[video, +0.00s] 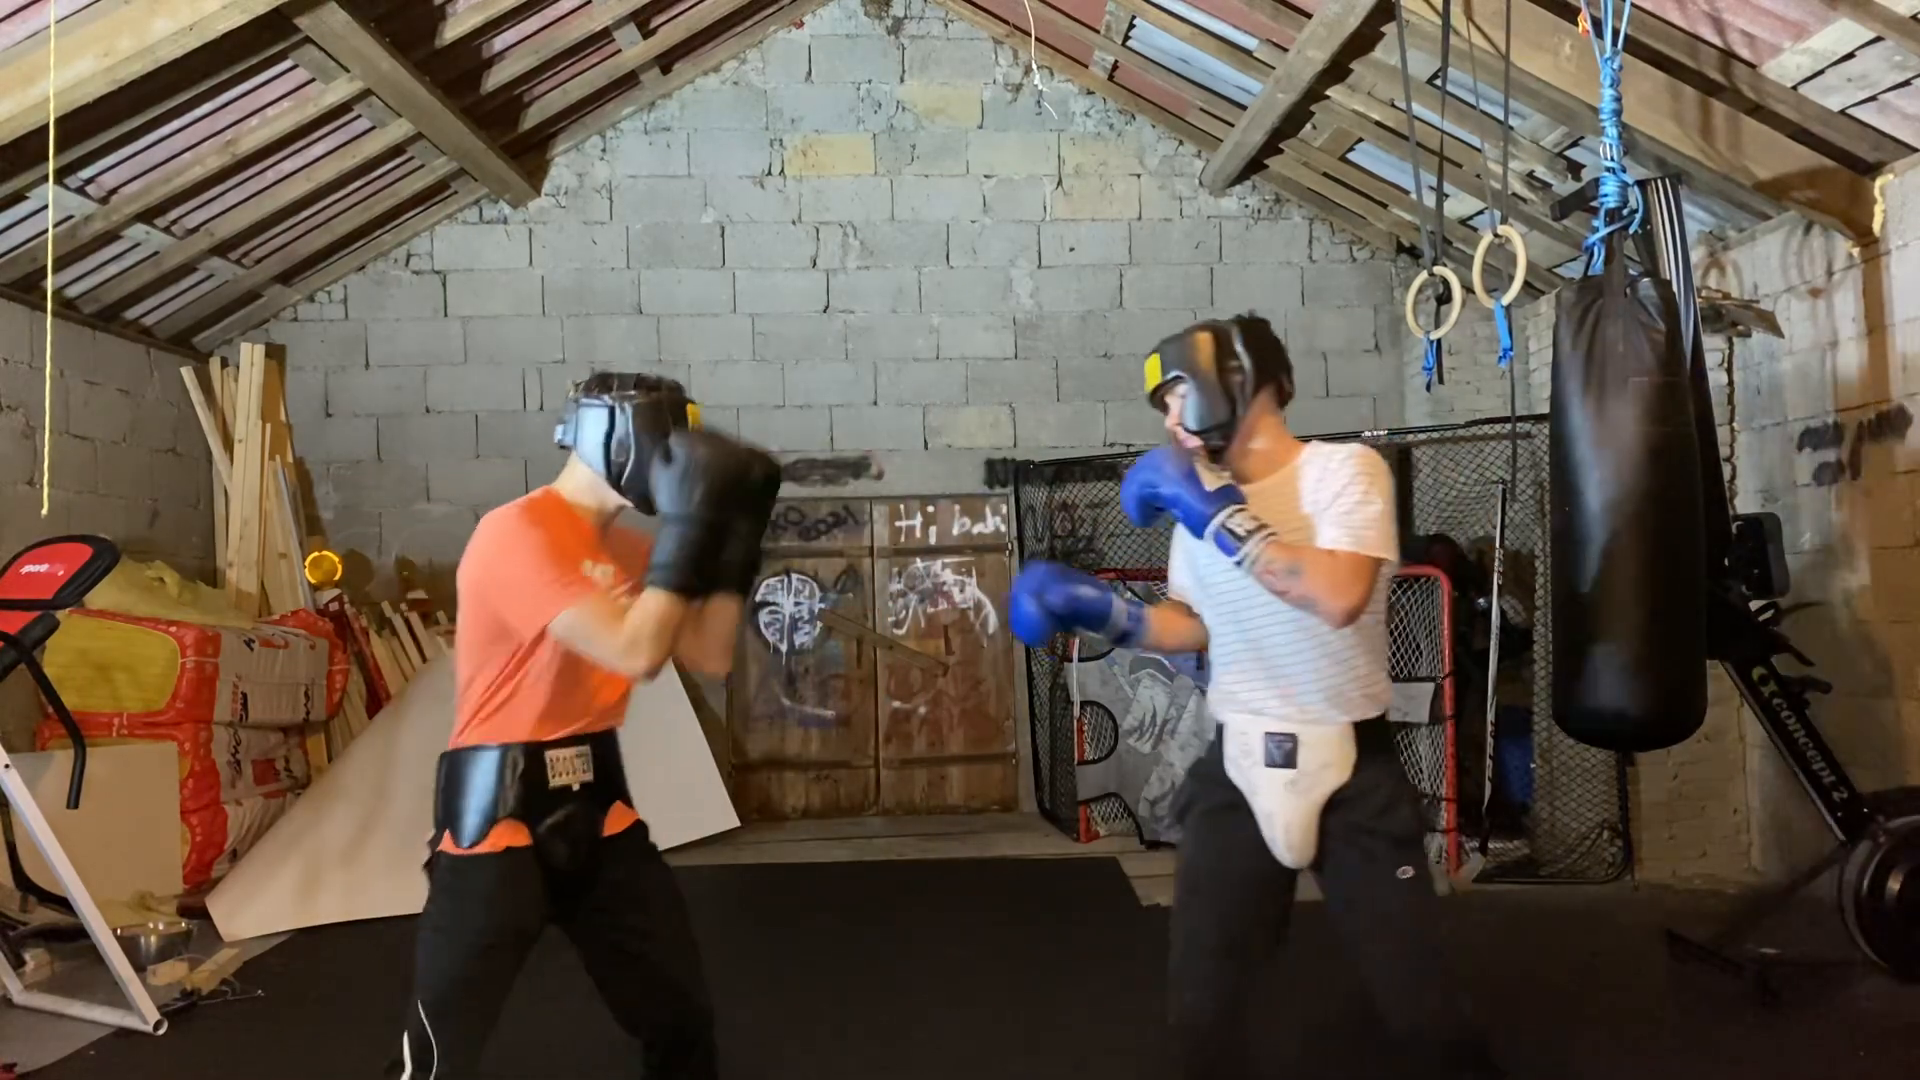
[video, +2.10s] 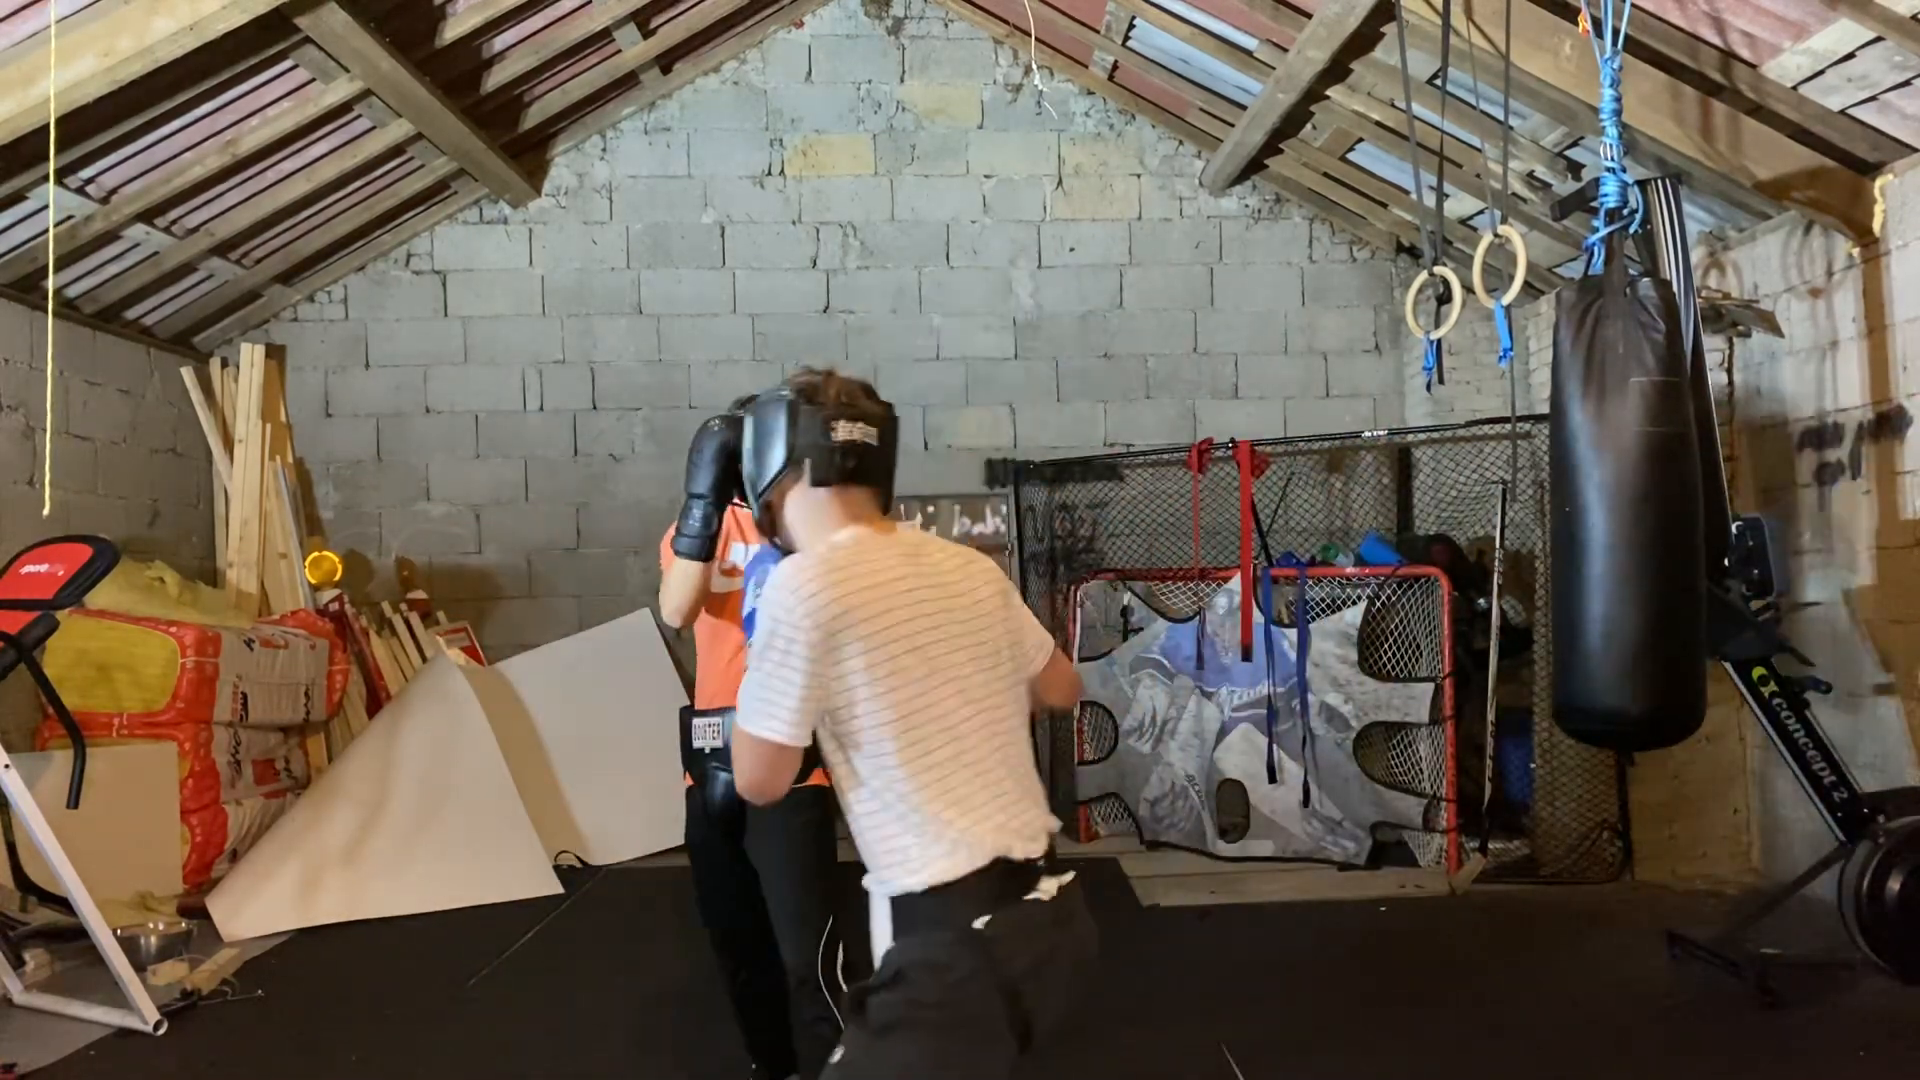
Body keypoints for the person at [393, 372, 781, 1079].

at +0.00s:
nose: (676, 461)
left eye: (679, 447)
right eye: (667, 444)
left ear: (606, 439)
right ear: (619, 439)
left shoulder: (634, 544)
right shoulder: (512, 535)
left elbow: (712, 654)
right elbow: (634, 648)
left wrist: (736, 533)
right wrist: (687, 524)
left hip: (594, 809)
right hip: (495, 822)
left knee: (680, 1026)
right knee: (436, 1055)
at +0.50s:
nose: (601, 459)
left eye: (605, 447)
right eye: (591, 445)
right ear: (548, 445)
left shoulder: (610, 540)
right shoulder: (471, 545)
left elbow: (712, 598)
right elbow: (567, 613)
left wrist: (694, 478)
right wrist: (595, 492)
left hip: (593, 786)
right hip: (490, 795)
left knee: (661, 1000)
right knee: (459, 1012)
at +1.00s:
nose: (653, 458)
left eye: (664, 445)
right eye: (638, 441)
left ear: (682, 452)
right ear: (602, 444)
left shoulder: (694, 516)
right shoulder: (549, 528)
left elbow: (743, 582)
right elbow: (605, 605)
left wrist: (734, 465)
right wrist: (623, 487)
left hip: (664, 766)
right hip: (564, 763)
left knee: (698, 976)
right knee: (507, 971)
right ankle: (492, 1073)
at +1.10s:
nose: (685, 459)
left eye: (692, 446)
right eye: (672, 445)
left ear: (699, 452)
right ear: (630, 446)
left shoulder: (709, 519)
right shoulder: (565, 526)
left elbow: (756, 586)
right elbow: (606, 606)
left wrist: (750, 470)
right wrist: (627, 484)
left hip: (674, 764)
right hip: (578, 762)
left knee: (702, 971)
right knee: (528, 954)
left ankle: (728, 1069)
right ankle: (568, 1071)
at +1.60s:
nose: (704, 472)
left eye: (719, 458)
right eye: (691, 455)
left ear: (735, 461)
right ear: (661, 455)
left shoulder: (752, 526)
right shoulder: (620, 533)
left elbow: (793, 619)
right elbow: (605, 609)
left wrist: (784, 510)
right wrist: (630, 500)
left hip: (729, 747)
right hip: (641, 752)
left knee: (762, 937)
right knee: (622, 945)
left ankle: (829, 1061)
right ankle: (632, 1072)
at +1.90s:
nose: (767, 462)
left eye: (780, 448)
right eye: (753, 446)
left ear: (796, 451)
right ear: (724, 446)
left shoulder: (816, 517)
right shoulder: (687, 522)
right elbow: (676, 602)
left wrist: (840, 499)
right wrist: (698, 491)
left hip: (795, 754)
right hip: (707, 756)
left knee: (813, 949)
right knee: (694, 927)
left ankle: (852, 1064)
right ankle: (720, 1064)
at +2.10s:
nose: (753, 458)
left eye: (768, 439)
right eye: (744, 441)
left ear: (790, 447)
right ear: (728, 452)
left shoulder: (813, 521)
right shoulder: (697, 525)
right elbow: (676, 609)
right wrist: (704, 496)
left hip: (796, 752)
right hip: (715, 750)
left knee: (805, 942)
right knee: (735, 937)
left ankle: (826, 1065)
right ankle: (768, 1064)